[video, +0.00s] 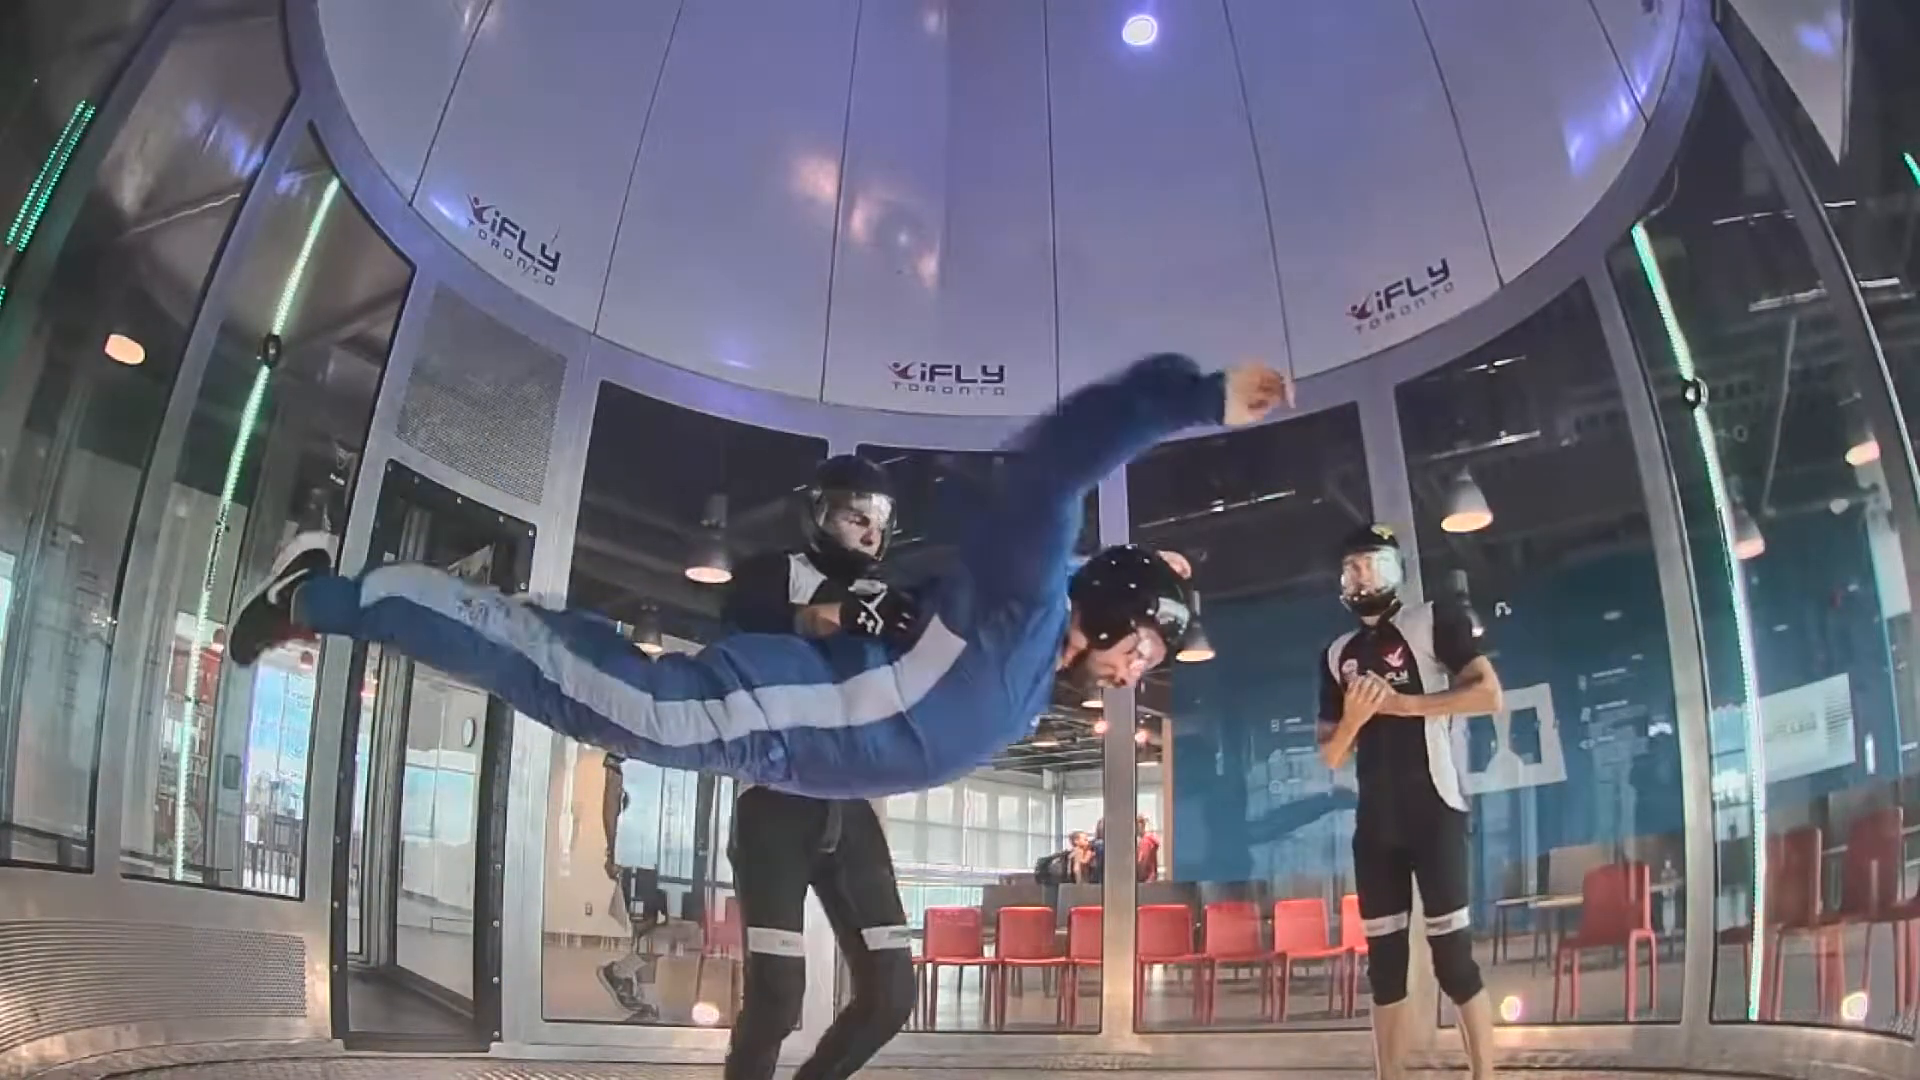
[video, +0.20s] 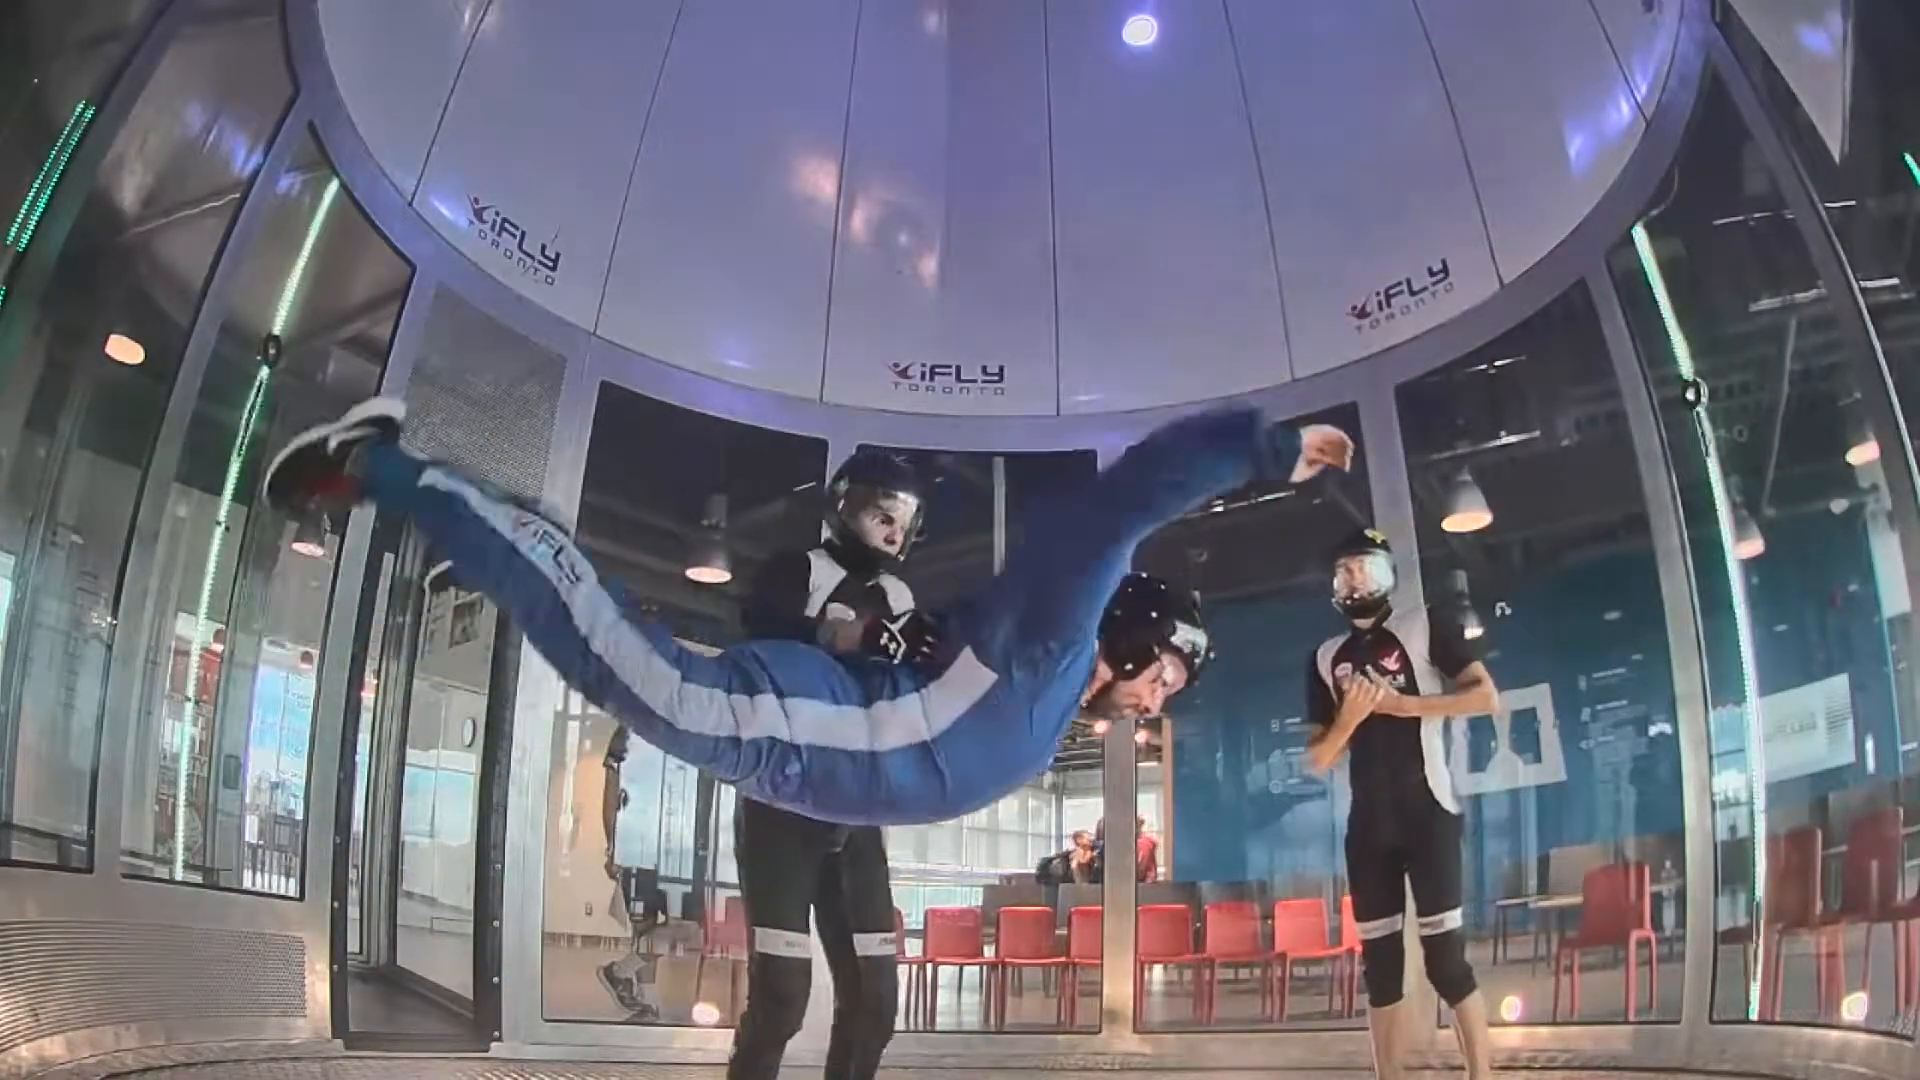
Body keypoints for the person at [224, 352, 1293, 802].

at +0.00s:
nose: (1129, 670)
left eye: (1141, 662)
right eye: (1135, 649)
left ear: (1113, 645)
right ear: (1106, 613)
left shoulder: (1021, 680)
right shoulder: (1023, 594)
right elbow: (1054, 463)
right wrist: (1201, 395)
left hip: (794, 712)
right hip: (779, 693)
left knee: (620, 677)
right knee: (597, 694)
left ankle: (419, 602)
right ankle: (340, 601)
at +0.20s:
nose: (1155, 694)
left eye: (1169, 687)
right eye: (1162, 674)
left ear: (1142, 681)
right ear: (1134, 648)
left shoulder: (1040, 712)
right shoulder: (1050, 655)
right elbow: (1121, 509)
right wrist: (1274, 448)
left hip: (778, 731)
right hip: (774, 711)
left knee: (603, 636)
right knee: (615, 654)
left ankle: (406, 475)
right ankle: (387, 472)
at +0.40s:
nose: (1170, 739)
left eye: (1183, 726)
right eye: (1180, 715)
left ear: (1147, 705)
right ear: (1152, 687)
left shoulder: (1054, 747)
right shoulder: (1064, 678)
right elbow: (1157, 540)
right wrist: (1314, 483)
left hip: (767, 734)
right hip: (770, 699)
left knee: (624, 636)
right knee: (618, 556)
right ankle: (455, 375)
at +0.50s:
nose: (1191, 738)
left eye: (1205, 730)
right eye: (1199, 716)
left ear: (1169, 722)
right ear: (1174, 694)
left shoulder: (1068, 779)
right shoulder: (1096, 690)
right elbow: (1185, 566)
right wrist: (1329, 536)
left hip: (781, 751)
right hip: (801, 701)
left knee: (639, 647)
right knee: (659, 598)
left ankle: (554, 571)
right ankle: (488, 357)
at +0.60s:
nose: (1204, 739)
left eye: (1216, 730)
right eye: (1209, 719)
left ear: (1183, 724)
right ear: (1184, 700)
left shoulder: (1081, 777)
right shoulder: (1106, 702)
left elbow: (957, 695)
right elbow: (1178, 571)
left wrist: (914, 663)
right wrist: (1354, 536)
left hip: (805, 773)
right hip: (825, 715)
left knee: (645, 647)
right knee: (669, 604)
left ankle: (551, 572)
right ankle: (503, 362)